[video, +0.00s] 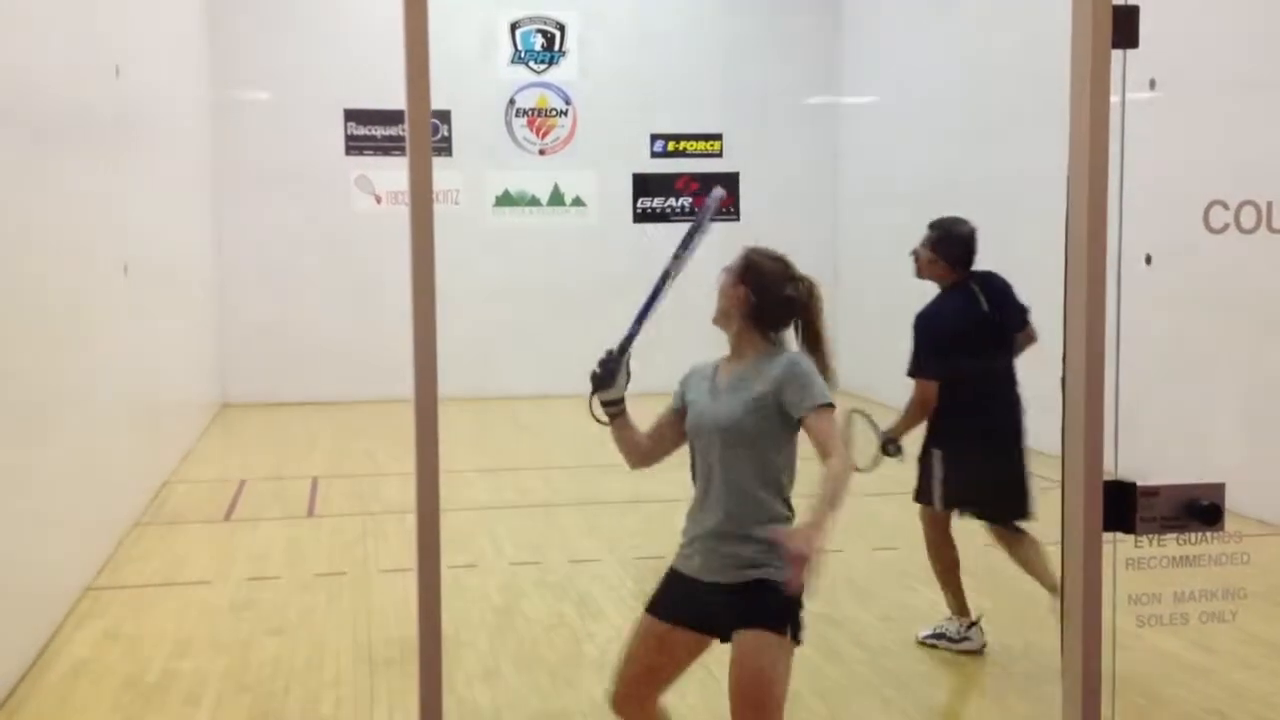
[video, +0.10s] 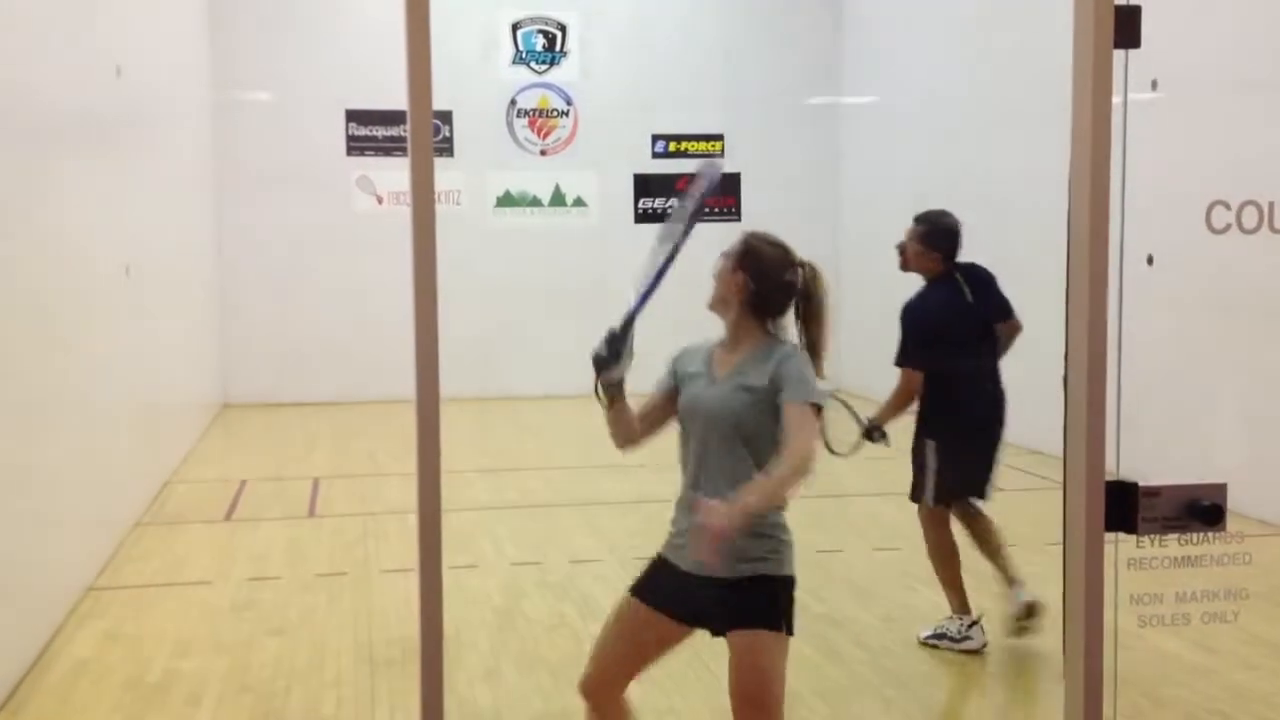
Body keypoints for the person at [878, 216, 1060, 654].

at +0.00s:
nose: (915, 251)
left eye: (924, 248)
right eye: (921, 245)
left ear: (941, 262)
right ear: (960, 259)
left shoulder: (933, 318)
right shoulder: (992, 286)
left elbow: (925, 399)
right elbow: (1027, 335)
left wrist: (892, 433)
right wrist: (988, 360)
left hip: (951, 435)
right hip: (1000, 430)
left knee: (934, 517)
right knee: (1002, 523)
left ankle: (961, 621)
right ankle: (1061, 592)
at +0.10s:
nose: (901, 245)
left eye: (910, 242)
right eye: (907, 239)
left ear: (931, 255)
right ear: (943, 253)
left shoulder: (920, 309)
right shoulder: (977, 278)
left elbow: (910, 386)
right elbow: (1010, 327)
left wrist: (876, 419)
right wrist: (980, 362)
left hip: (942, 421)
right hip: (986, 411)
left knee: (933, 513)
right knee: (962, 501)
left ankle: (963, 620)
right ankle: (1018, 589)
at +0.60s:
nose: (840, 250)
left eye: (846, 243)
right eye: (843, 242)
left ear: (866, 248)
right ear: (877, 248)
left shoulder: (856, 303)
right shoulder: (909, 274)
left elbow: (838, 360)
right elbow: (944, 316)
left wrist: (817, 365)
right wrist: (938, 369)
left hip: (875, 405)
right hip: (912, 402)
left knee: (831, 489)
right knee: (884, 485)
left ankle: (889, 568)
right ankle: (894, 581)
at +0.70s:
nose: (823, 248)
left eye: (830, 242)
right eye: (826, 240)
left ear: (851, 247)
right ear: (860, 246)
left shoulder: (841, 297)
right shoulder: (897, 272)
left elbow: (822, 360)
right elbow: (930, 319)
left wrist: (814, 358)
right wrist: (914, 365)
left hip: (860, 401)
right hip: (901, 399)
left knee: (813, 483)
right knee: (881, 484)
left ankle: (832, 584)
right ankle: (894, 584)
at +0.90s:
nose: (802, 267)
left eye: (803, 261)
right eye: (804, 260)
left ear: (809, 261)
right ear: (842, 257)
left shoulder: (806, 306)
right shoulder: (872, 291)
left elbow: (795, 375)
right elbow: (907, 346)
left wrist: (799, 405)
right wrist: (882, 379)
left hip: (831, 406)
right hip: (879, 402)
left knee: (785, 494)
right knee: (869, 488)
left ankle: (767, 591)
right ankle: (888, 583)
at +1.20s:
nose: (838, 282)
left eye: (838, 276)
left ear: (837, 279)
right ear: (873, 278)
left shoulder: (821, 319)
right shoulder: (897, 313)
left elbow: (798, 387)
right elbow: (944, 368)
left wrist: (813, 417)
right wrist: (942, 415)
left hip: (829, 422)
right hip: (881, 424)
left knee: (794, 498)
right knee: (912, 480)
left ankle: (756, 579)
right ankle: (870, 561)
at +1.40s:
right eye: (949, 279)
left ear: (915, 279)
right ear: (948, 279)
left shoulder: (894, 311)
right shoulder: (959, 307)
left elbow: (865, 378)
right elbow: (1017, 348)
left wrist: (882, 411)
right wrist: (1052, 393)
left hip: (884, 411)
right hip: (921, 414)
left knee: (887, 486)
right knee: (919, 495)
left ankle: (819, 533)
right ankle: (860, 565)